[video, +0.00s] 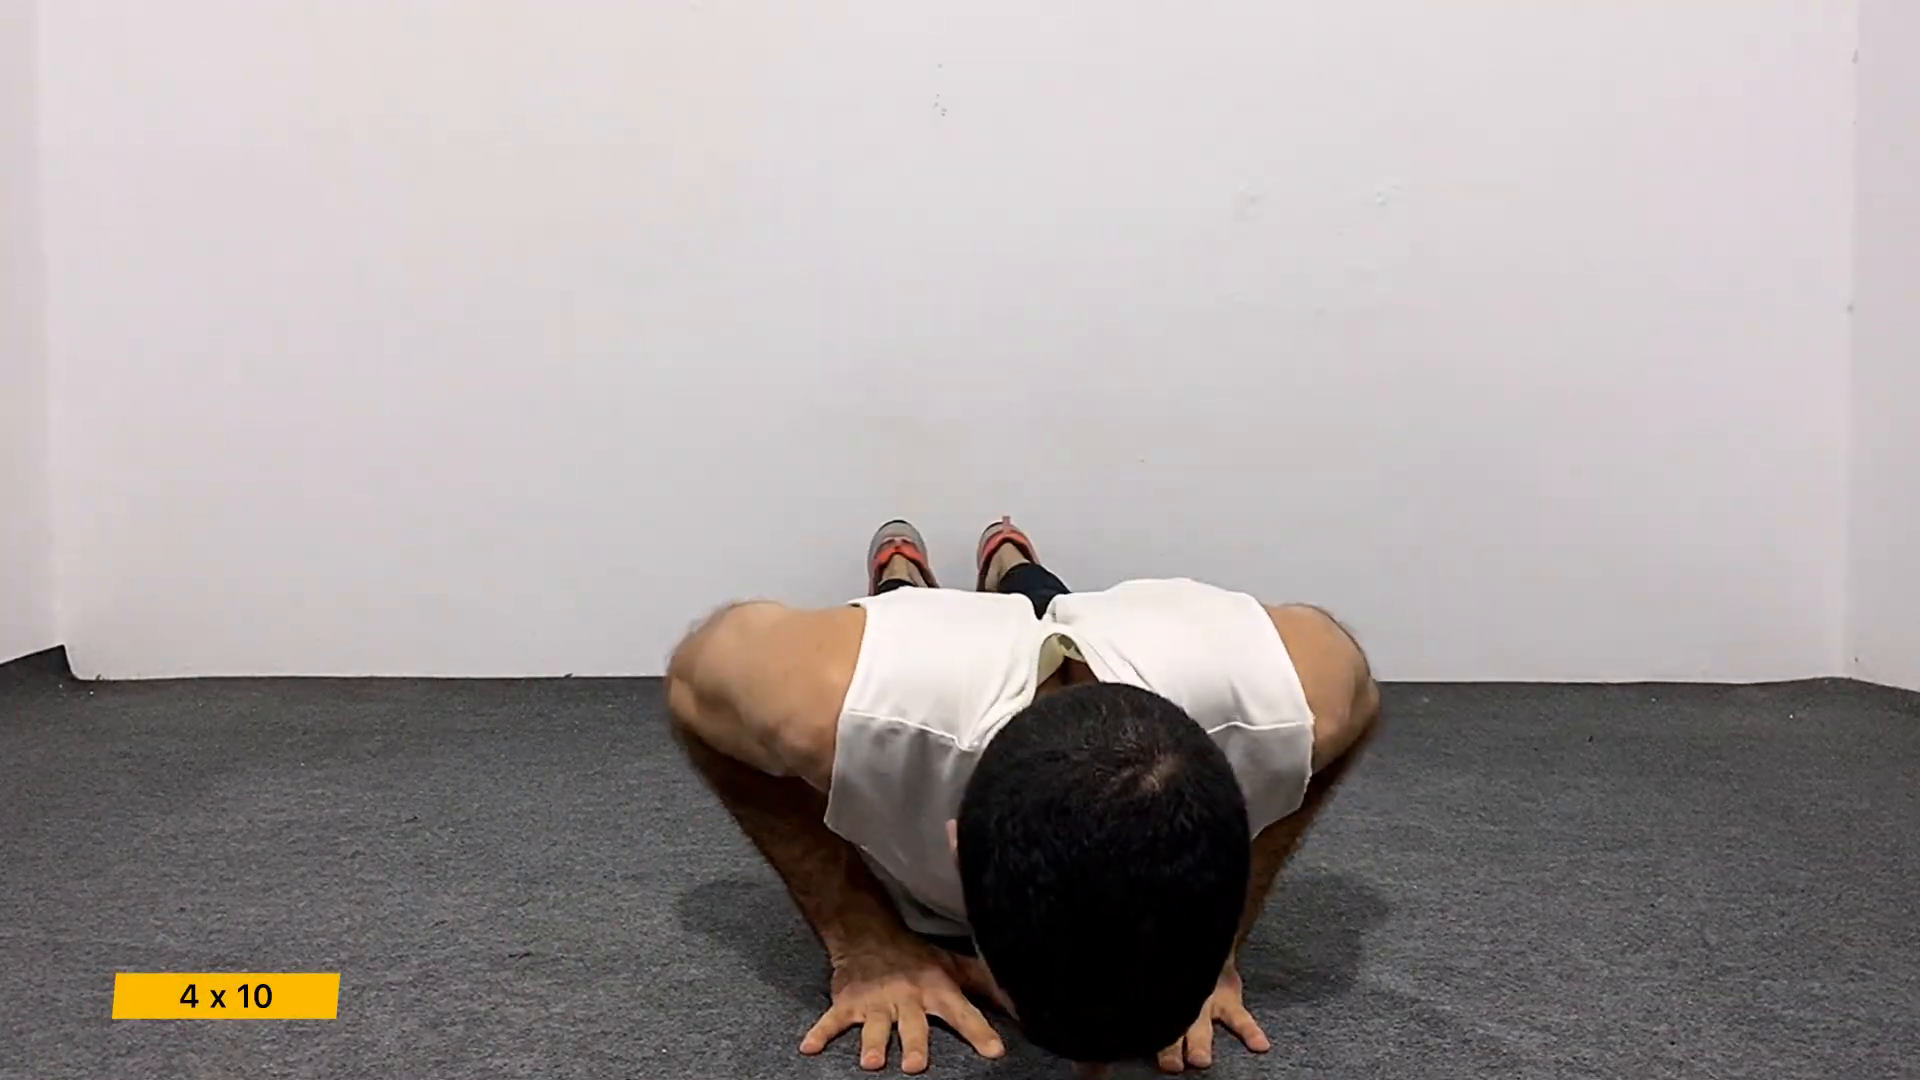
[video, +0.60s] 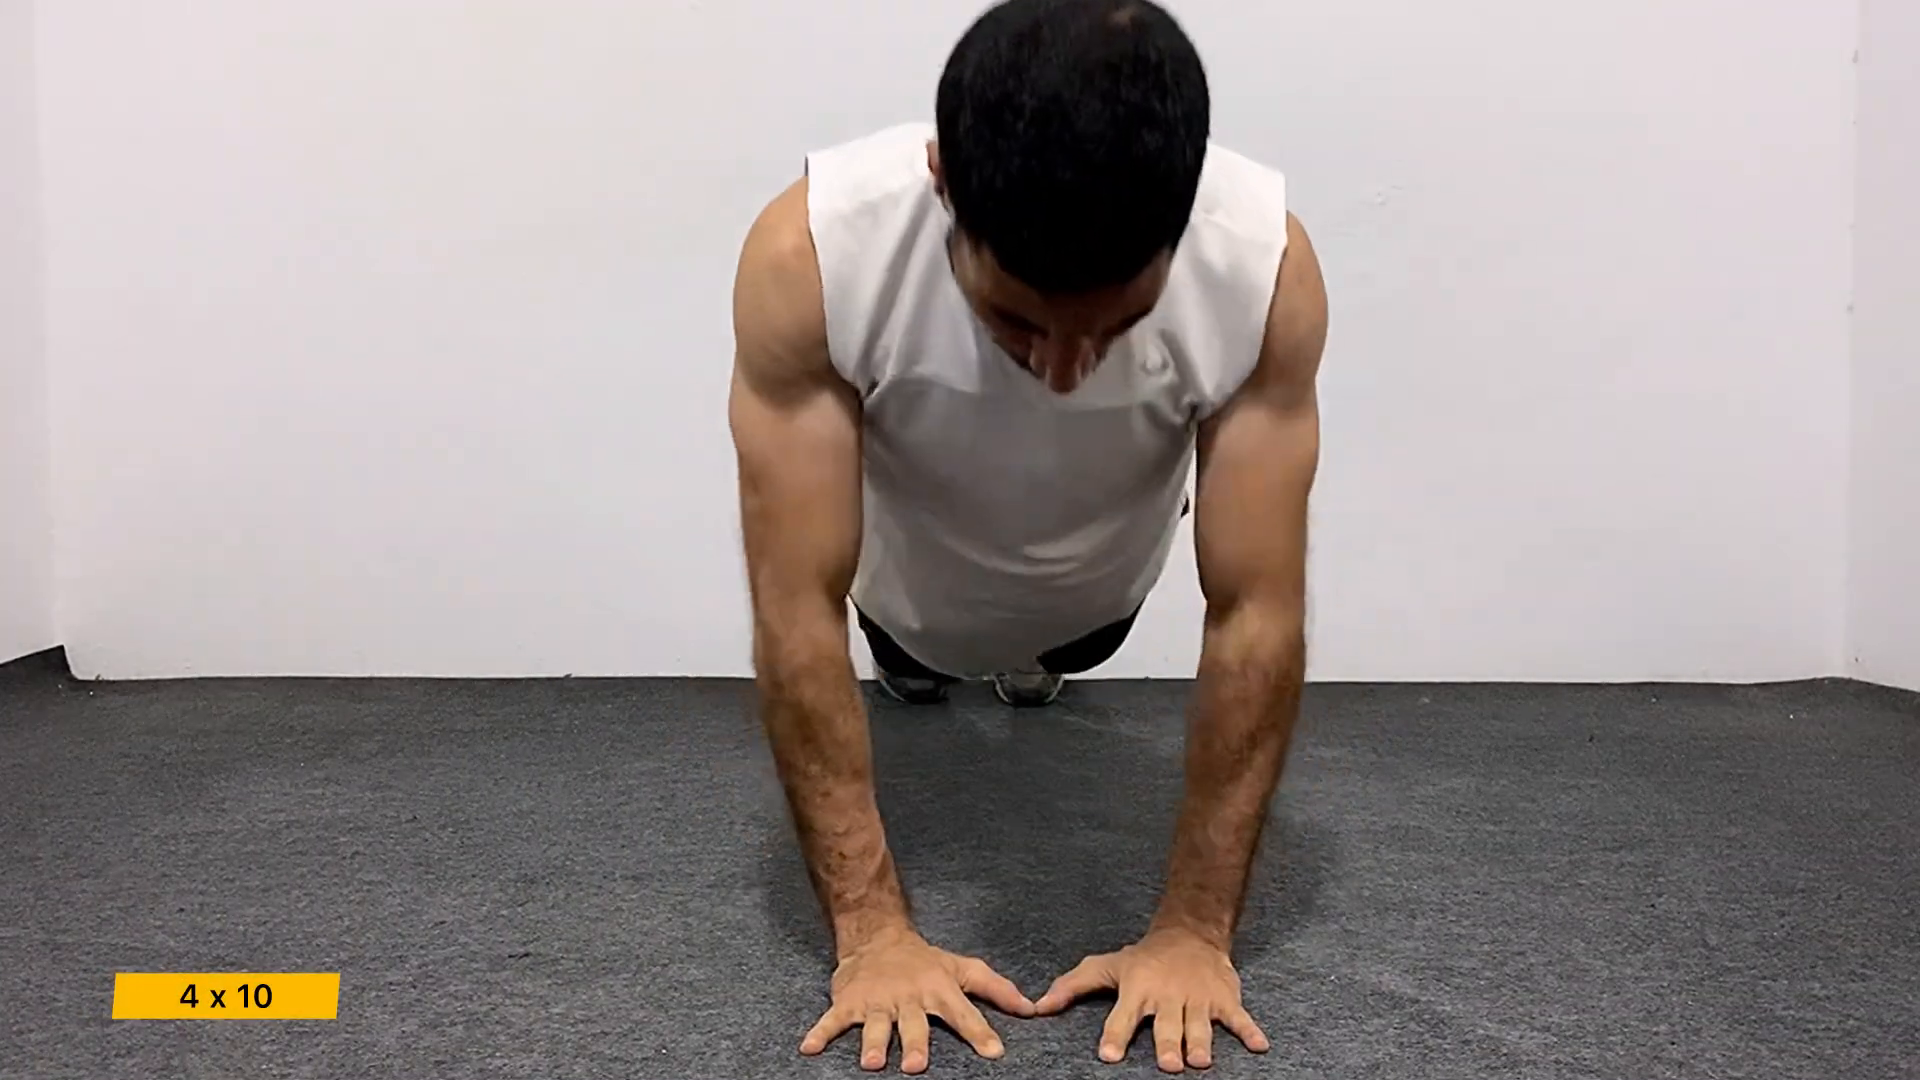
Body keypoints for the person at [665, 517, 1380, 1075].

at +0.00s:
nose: (1095, 1072)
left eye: (1134, 1052)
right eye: (1062, 1048)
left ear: (1235, 875)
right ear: (964, 852)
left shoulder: (1301, 694)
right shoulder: (835, 703)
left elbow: (1356, 695)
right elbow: (698, 679)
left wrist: (1225, 939)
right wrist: (857, 931)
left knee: (1055, 624)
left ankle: (1019, 576)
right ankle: (904, 590)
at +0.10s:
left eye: (1122, 1018)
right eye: (1032, 999)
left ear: (1234, 808)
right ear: (956, 804)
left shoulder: (1303, 679)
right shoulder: (827, 680)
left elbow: (1347, 712)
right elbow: (702, 682)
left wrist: (1217, 947)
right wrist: (862, 939)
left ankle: (1012, 567)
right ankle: (897, 569)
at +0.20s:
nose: (1089, 926)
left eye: (1132, 885)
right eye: (1047, 877)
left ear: (1219, 763)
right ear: (956, 717)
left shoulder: (1298, 620)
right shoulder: (818, 618)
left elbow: (1324, 714)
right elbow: (718, 692)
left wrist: (1201, 929)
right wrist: (862, 931)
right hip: (917, 837)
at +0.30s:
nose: (1087, 784)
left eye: (1131, 745)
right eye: (1042, 741)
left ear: (1212, 632)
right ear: (951, 591)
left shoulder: (1290, 535)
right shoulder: (820, 521)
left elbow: (1307, 696)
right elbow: (722, 688)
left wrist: (1202, 923)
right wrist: (864, 932)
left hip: (1149, 769)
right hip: (903, 781)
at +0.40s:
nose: (1075, 633)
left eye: (1128, 592)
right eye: (1034, 588)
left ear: (1201, 488)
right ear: (950, 448)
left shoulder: (1278, 443)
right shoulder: (817, 428)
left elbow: (1303, 672)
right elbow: (728, 669)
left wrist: (1200, 929)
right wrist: (868, 936)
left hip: (1119, 720)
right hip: (901, 721)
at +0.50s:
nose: (1071, 490)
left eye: (1123, 440)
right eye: (1027, 440)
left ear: (1179, 347)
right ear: (947, 301)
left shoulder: (1270, 349)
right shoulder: (814, 334)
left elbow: (1290, 644)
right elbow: (749, 641)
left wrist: (1197, 929)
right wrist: (869, 933)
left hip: (1105, 656)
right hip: (904, 656)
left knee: (1088, 675)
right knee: (904, 675)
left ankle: (1075, 672)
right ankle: (910, 678)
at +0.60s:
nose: (1063, 369)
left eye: (1111, 322)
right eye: (1018, 320)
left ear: (1176, 221)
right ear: (943, 180)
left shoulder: (1259, 272)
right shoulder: (811, 263)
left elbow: (1256, 615)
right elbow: (796, 612)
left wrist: (1195, 931)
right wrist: (871, 934)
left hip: (1101, 613)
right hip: (909, 614)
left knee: (1058, 661)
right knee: (920, 667)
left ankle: (1031, 674)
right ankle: (921, 676)